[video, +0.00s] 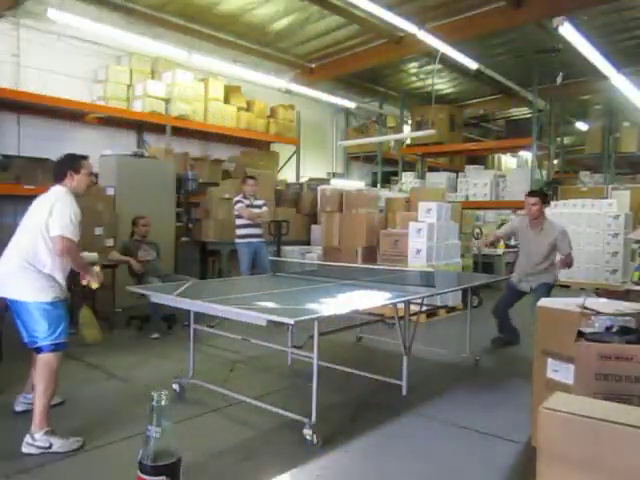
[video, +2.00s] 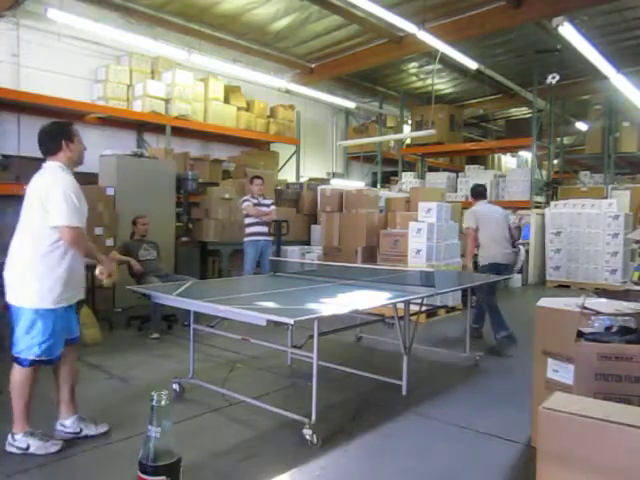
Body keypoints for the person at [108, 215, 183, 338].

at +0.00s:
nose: (147, 229)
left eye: (148, 226)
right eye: (143, 226)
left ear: (150, 227)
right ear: (135, 228)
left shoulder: (154, 245)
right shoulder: (128, 245)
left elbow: (157, 262)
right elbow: (111, 256)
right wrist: (130, 260)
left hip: (160, 275)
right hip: (144, 276)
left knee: (190, 282)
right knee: (157, 288)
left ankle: (190, 320)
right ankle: (154, 328)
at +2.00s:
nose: (146, 228)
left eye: (147, 225)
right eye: (143, 225)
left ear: (149, 226)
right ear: (135, 227)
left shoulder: (154, 245)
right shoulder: (128, 244)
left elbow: (158, 262)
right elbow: (112, 255)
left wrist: (162, 272)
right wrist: (130, 260)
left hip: (161, 274)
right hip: (145, 276)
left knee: (192, 283)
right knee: (159, 293)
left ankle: (189, 320)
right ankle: (154, 329)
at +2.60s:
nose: (140, 226)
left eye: (143, 223)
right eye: (136, 223)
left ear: (146, 225)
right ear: (131, 226)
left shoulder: (152, 244)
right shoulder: (126, 244)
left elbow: (155, 264)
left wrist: (165, 274)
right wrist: (128, 260)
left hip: (158, 274)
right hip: (142, 276)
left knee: (189, 281)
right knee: (158, 290)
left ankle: (186, 320)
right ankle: (154, 328)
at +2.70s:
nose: (140, 226)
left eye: (143, 223)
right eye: (136, 223)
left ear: (147, 225)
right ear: (131, 225)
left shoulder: (152, 244)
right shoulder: (128, 244)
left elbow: (156, 263)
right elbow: (130, 262)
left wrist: (161, 273)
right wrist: (141, 272)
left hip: (159, 274)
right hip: (143, 275)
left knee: (189, 281)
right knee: (162, 290)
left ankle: (186, 318)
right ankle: (155, 327)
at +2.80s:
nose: (142, 226)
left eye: (144, 223)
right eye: (139, 224)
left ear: (147, 225)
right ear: (134, 225)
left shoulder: (152, 245)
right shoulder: (130, 243)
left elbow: (156, 266)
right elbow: (132, 266)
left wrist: (165, 274)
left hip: (157, 274)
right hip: (142, 275)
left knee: (190, 282)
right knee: (158, 288)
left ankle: (186, 319)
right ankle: (154, 327)